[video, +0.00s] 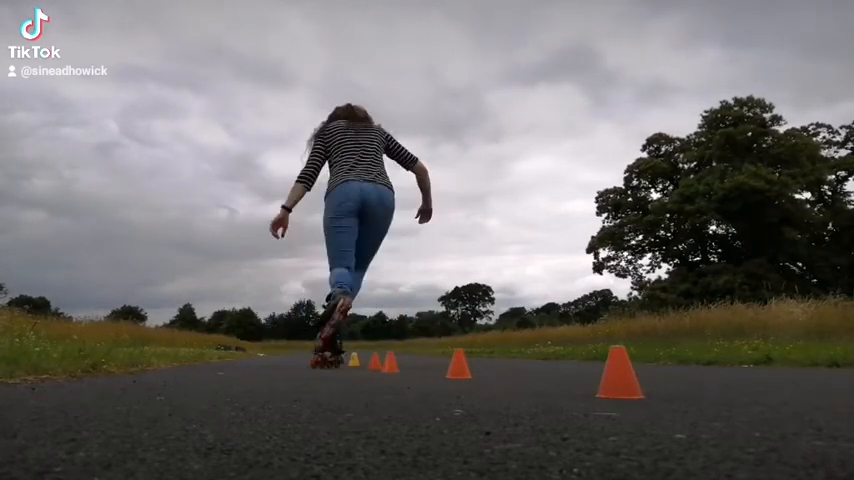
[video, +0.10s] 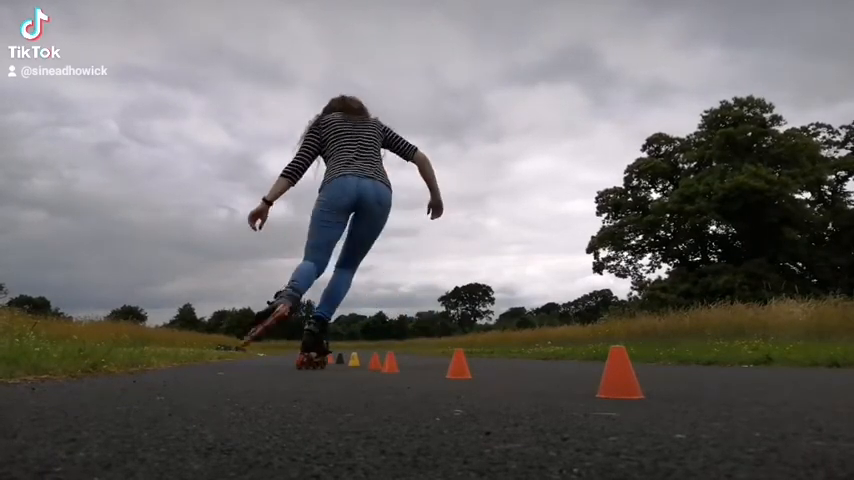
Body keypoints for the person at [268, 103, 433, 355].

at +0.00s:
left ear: (334, 118)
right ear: (362, 117)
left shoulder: (328, 131)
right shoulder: (377, 132)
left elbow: (309, 173)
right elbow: (420, 168)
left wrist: (286, 209)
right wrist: (427, 202)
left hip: (344, 192)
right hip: (382, 195)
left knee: (341, 263)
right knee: (359, 268)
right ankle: (332, 330)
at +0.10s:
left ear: (329, 110)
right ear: (360, 111)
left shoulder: (323, 122)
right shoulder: (374, 126)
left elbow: (299, 165)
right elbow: (421, 157)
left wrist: (266, 202)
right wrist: (436, 195)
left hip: (340, 185)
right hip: (379, 192)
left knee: (314, 259)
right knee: (348, 267)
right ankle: (317, 329)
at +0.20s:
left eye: (325, 106)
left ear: (328, 101)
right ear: (359, 102)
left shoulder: (319, 116)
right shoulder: (374, 117)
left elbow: (291, 158)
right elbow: (423, 144)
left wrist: (256, 196)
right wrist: (451, 180)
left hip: (339, 180)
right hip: (379, 189)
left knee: (295, 253)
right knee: (339, 265)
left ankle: (256, 309)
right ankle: (308, 326)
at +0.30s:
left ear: (333, 91)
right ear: (364, 93)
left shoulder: (319, 107)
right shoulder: (376, 108)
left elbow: (293, 151)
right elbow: (421, 127)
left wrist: (264, 192)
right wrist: (461, 159)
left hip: (336, 178)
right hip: (379, 185)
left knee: (290, 247)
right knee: (331, 260)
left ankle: (262, 315)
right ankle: (305, 323)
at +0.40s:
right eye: (382, 87)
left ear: (344, 82)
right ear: (377, 84)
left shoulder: (326, 100)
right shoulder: (383, 94)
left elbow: (307, 147)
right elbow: (419, 109)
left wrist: (291, 189)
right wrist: (458, 139)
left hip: (336, 171)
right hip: (381, 177)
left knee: (303, 245)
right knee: (335, 256)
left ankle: (303, 317)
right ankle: (312, 320)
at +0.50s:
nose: (402, 81)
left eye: (402, 76)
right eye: (401, 77)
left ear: (364, 71)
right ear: (393, 72)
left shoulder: (341, 93)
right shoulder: (392, 79)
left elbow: (329, 141)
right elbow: (414, 91)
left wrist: (327, 177)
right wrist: (446, 116)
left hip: (342, 163)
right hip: (387, 166)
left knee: (329, 249)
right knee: (349, 252)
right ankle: (331, 318)